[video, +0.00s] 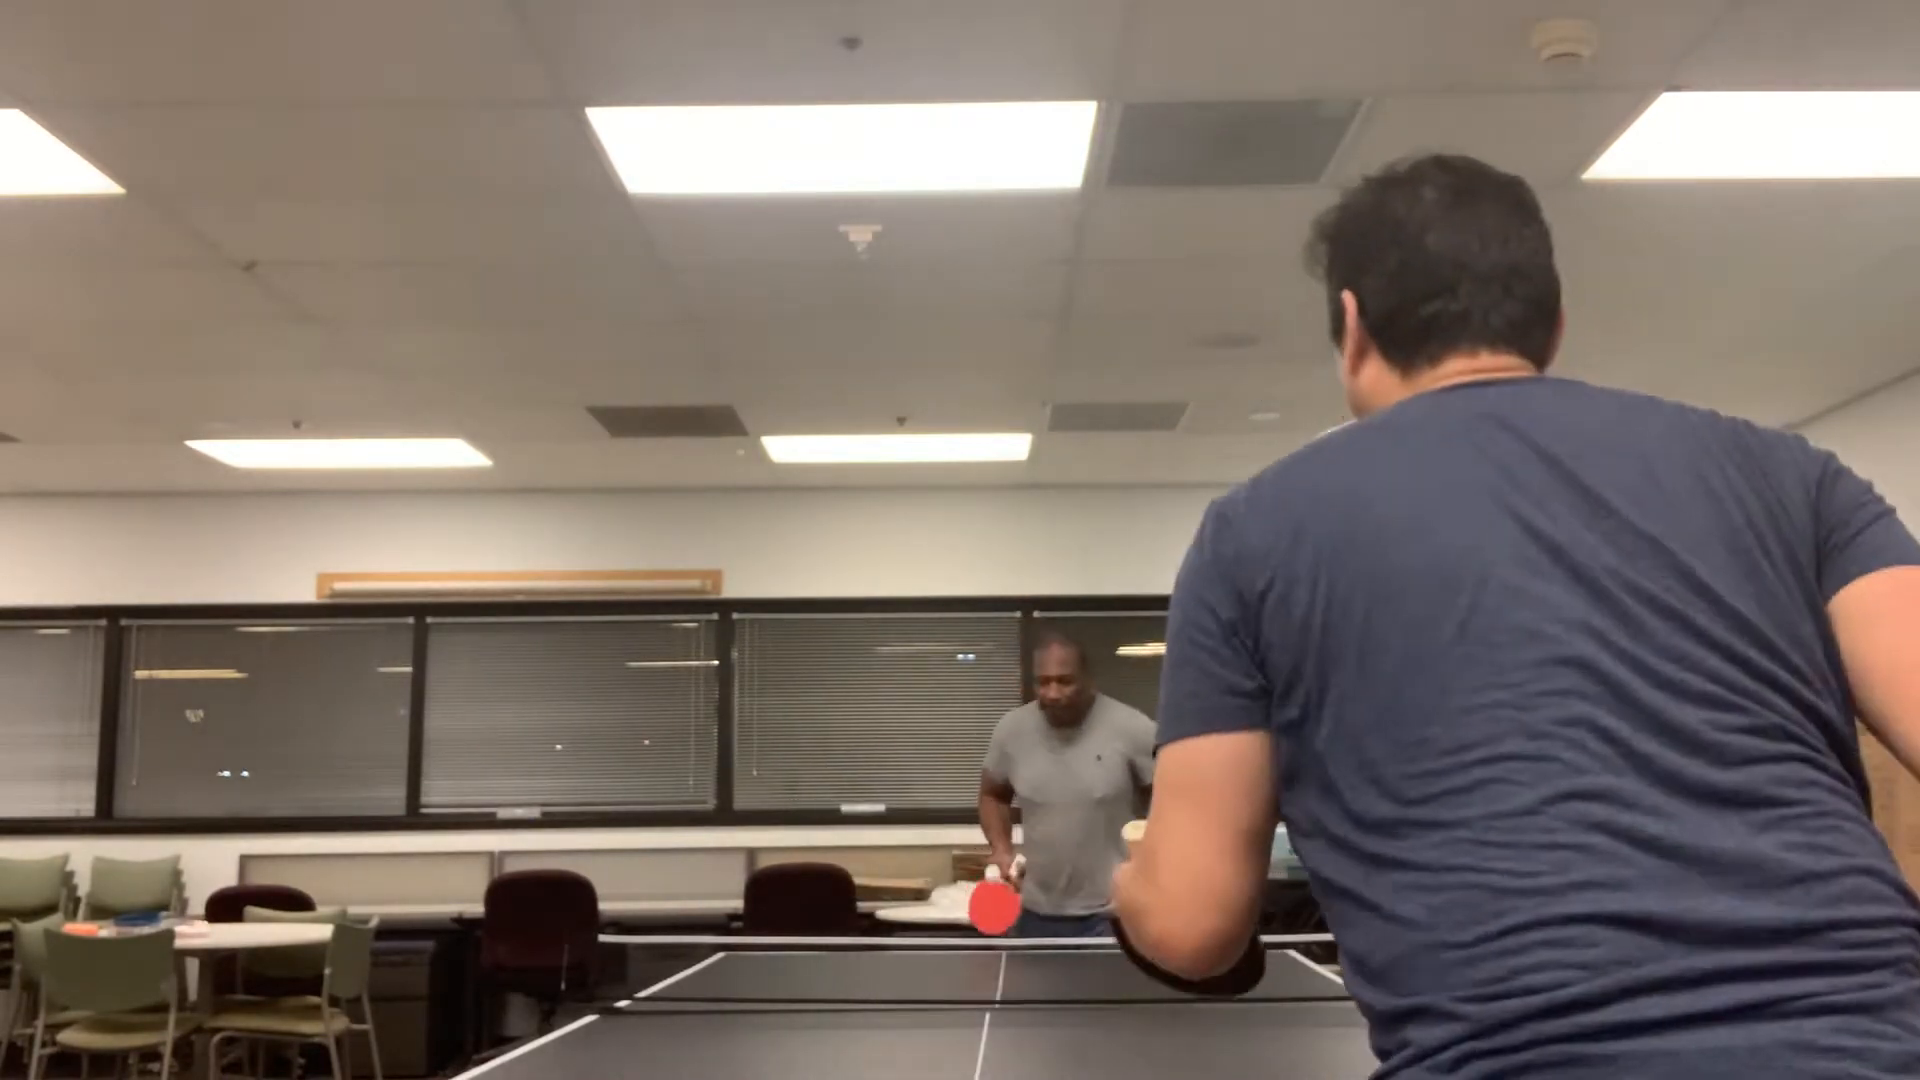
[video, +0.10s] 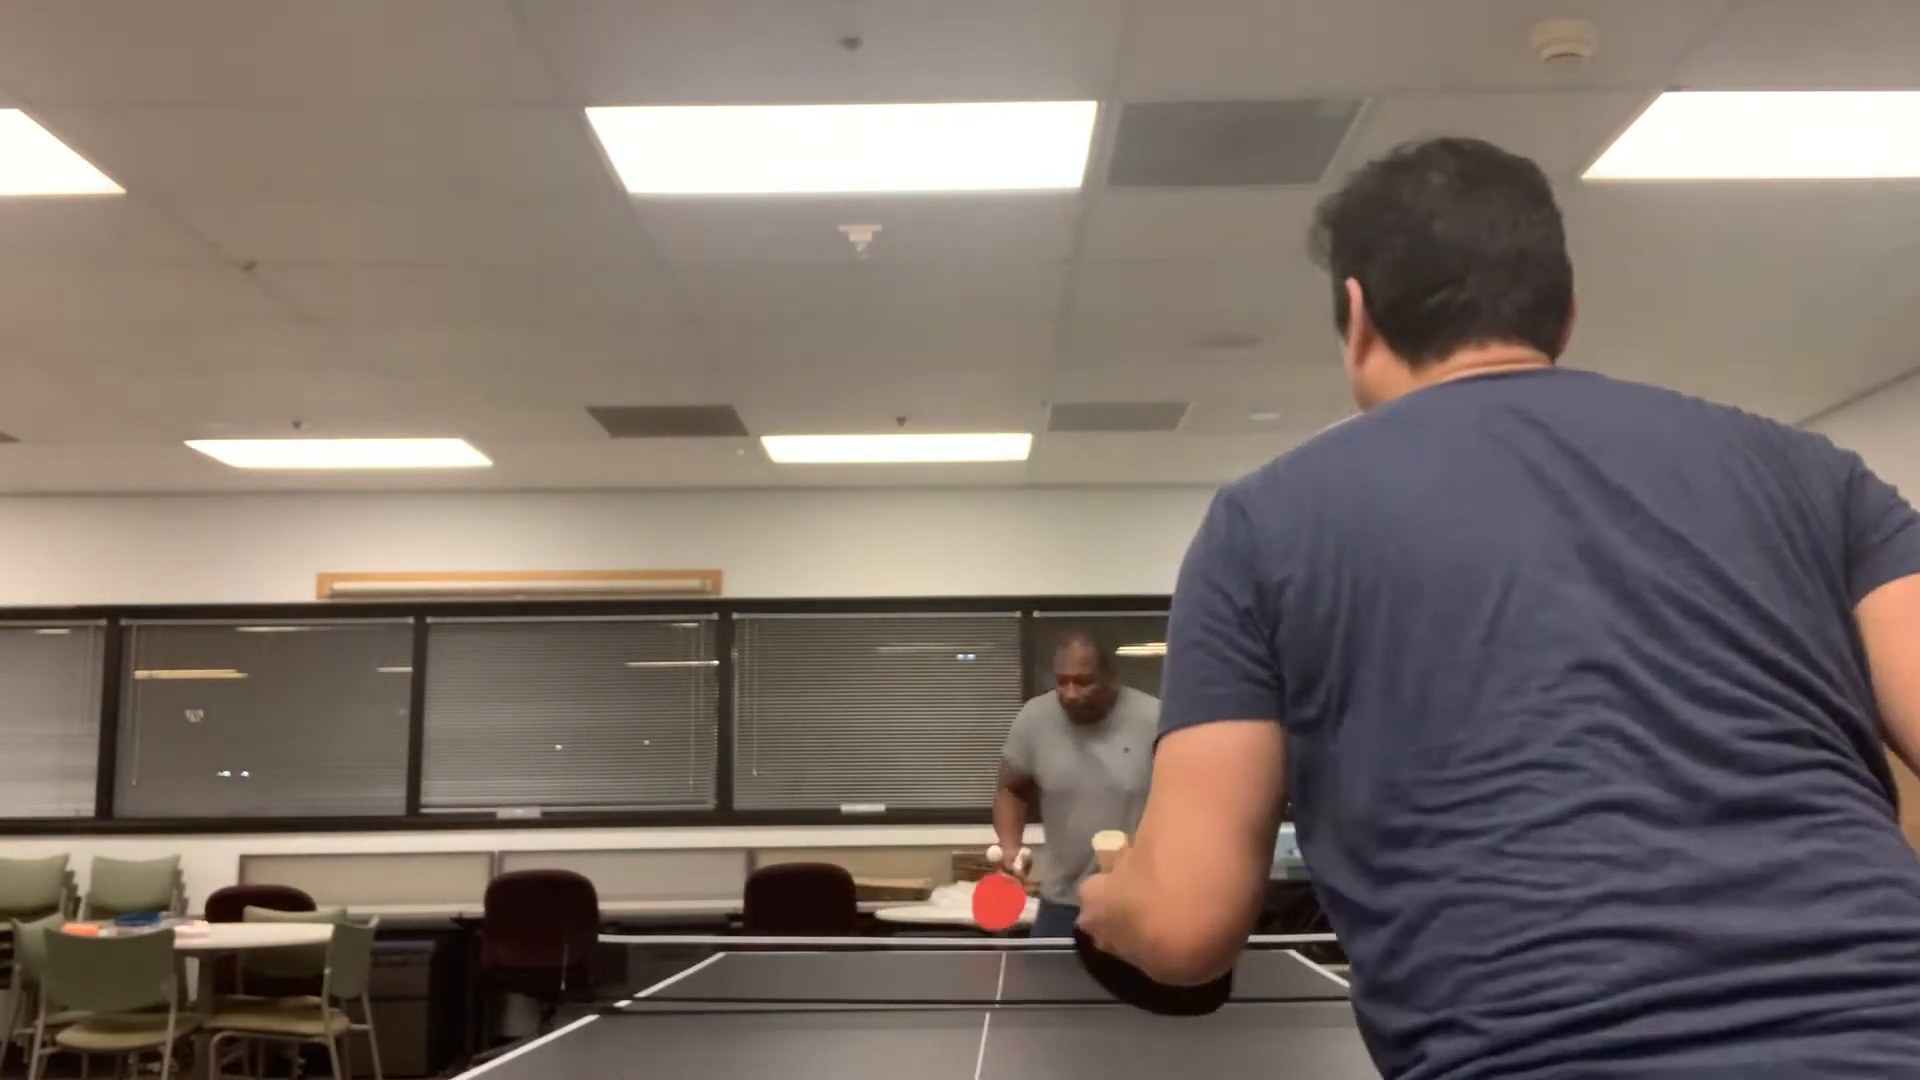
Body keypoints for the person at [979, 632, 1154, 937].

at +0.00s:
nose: (1052, 694)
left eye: (1064, 682)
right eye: (1043, 683)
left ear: (1087, 681)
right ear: (1033, 682)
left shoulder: (1132, 730)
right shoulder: (1013, 728)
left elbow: (1173, 796)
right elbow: (993, 795)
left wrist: (1151, 871)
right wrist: (1003, 853)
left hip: (1107, 916)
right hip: (1035, 914)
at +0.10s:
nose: (1070, 694)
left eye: (1084, 683)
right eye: (1062, 682)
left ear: (1109, 679)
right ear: (1054, 678)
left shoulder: (1154, 720)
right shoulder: (1033, 719)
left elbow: (1182, 794)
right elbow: (1010, 790)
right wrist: (1011, 848)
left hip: (1134, 900)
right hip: (1061, 900)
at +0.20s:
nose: (1084, 696)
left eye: (1097, 685)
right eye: (1077, 683)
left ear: (1126, 676)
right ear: (1070, 673)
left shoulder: (1176, 710)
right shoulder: (1056, 701)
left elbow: (1212, 782)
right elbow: (1026, 772)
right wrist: (1014, 822)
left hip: (1150, 884)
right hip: (1076, 884)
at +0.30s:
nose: (1101, 688)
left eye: (1115, 678)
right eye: (1094, 675)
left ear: (1143, 671)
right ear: (1088, 666)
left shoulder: (1186, 701)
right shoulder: (1071, 691)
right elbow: (1034, 758)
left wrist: (1253, 839)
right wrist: (1027, 800)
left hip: (1161, 880)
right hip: (1086, 877)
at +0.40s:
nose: (1116, 678)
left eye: (1129, 667)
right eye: (1108, 665)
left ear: (1156, 663)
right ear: (1099, 661)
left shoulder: (1196, 704)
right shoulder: (1078, 692)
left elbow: (1255, 771)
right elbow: (1038, 760)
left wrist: (1274, 864)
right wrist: (1039, 803)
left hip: (1164, 890)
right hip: (1087, 885)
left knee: (1156, 1009)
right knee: (1073, 1003)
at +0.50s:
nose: (1124, 673)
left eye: (1138, 661)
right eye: (1116, 660)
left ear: (1162, 661)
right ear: (1105, 659)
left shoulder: (1200, 712)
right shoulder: (1080, 699)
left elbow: (1250, 788)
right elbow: (1042, 769)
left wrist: (1265, 879)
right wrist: (1049, 817)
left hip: (1165, 894)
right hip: (1088, 887)